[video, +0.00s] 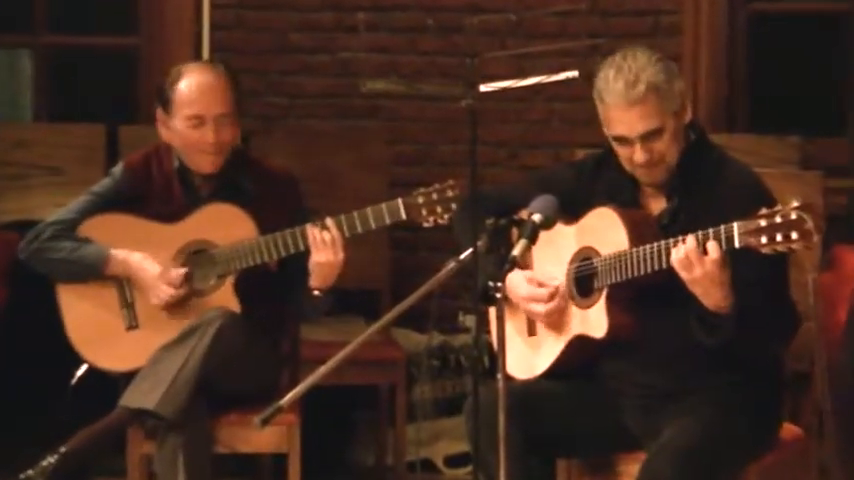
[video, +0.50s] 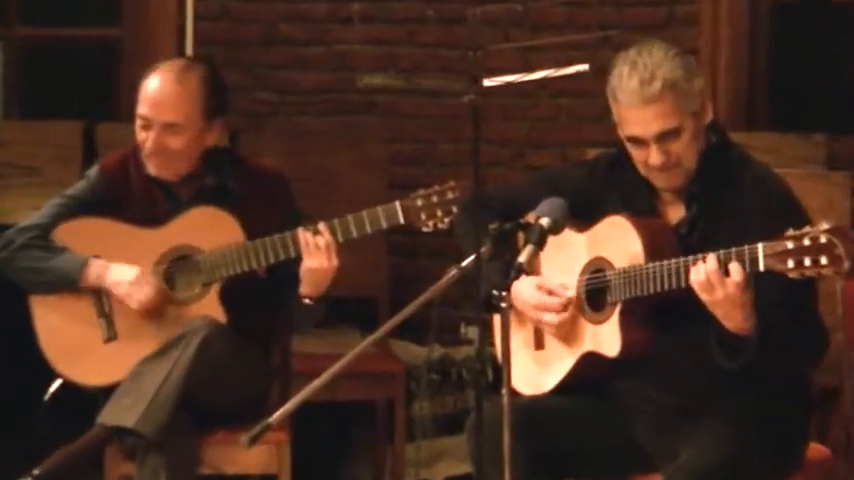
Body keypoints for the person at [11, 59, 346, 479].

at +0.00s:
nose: (213, 137)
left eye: (224, 121)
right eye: (196, 123)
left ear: (239, 122)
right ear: (165, 126)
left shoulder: (273, 189)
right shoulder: (139, 177)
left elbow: (296, 306)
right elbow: (39, 246)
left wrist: (320, 287)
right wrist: (131, 265)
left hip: (251, 361)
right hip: (157, 353)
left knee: (218, 327)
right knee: (183, 420)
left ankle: (86, 445)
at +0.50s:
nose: (152, 143)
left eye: (172, 130)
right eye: (144, 125)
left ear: (214, 132)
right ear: (133, 118)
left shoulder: (263, 190)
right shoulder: (116, 177)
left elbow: (295, 319)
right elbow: (15, 249)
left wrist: (312, 294)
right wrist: (105, 273)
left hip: (237, 375)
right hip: (135, 366)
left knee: (202, 338)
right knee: (162, 442)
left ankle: (90, 448)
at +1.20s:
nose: (139, 154)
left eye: (158, 145)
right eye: (133, 135)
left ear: (204, 145)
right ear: (125, 119)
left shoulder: (254, 191)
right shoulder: (104, 176)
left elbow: (317, 299)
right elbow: (5, 252)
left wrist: (377, 281)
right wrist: (90, 293)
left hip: (227, 384)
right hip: (117, 372)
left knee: (195, 343)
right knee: (148, 445)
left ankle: (72, 459)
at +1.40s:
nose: (142, 155)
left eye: (163, 145)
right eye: (136, 136)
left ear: (207, 147)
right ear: (129, 120)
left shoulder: (255, 192)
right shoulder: (105, 177)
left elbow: (315, 301)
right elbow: (5, 253)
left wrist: (379, 282)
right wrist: (86, 294)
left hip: (227, 385)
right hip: (113, 373)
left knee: (194, 345)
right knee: (149, 445)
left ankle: (70, 459)